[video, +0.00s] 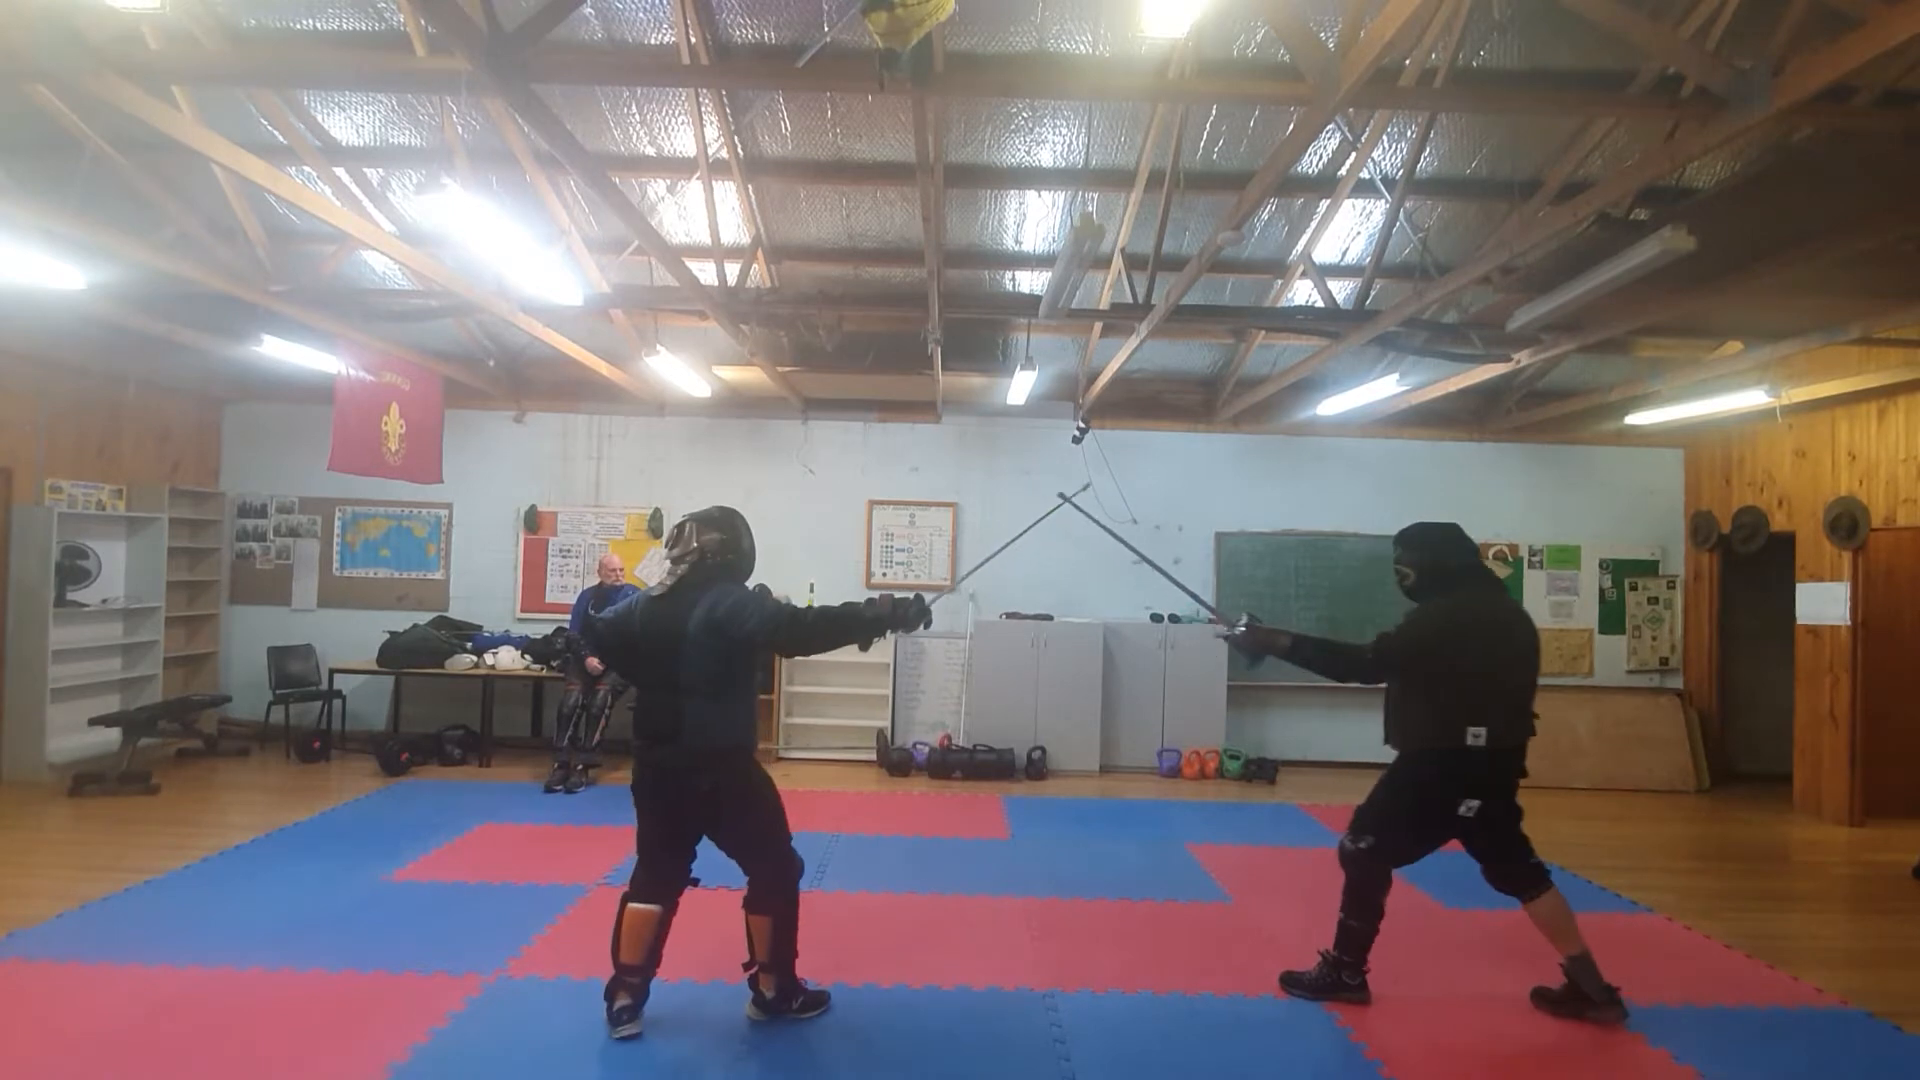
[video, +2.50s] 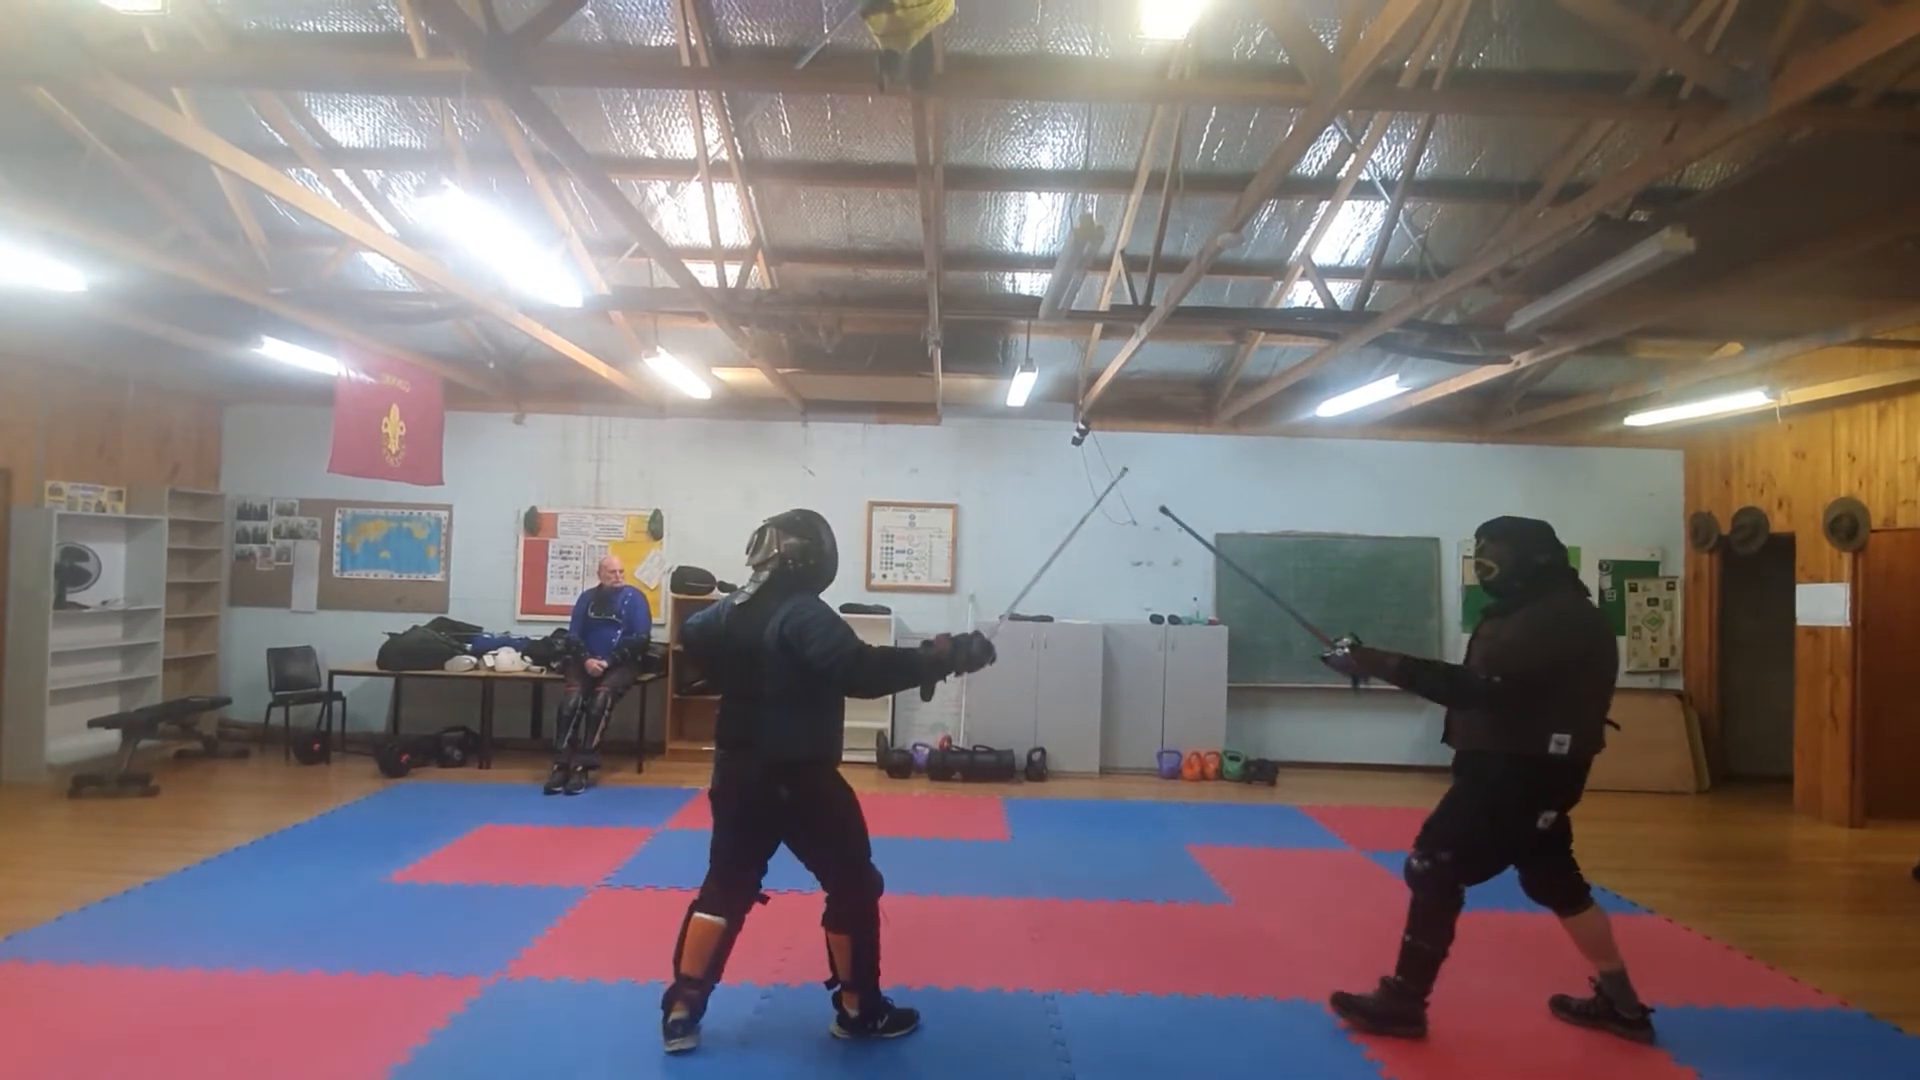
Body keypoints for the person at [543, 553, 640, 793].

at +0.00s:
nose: (618, 574)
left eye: (620, 570)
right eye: (612, 571)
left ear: (624, 570)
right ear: (599, 572)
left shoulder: (633, 595)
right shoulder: (586, 596)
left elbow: (635, 636)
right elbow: (573, 633)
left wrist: (609, 660)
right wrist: (586, 657)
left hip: (617, 662)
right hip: (583, 659)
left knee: (599, 702)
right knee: (571, 700)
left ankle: (582, 767)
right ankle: (560, 764)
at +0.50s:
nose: (619, 575)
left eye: (621, 571)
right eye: (613, 571)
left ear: (624, 571)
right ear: (599, 572)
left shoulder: (634, 596)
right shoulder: (586, 596)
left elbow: (638, 636)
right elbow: (573, 634)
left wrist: (609, 660)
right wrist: (586, 658)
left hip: (620, 661)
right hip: (585, 659)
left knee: (601, 696)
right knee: (572, 696)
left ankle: (582, 767)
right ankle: (561, 765)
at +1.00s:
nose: (619, 575)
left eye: (621, 571)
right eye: (613, 571)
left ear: (624, 571)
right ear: (599, 572)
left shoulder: (635, 597)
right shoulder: (586, 596)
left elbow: (639, 637)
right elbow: (573, 635)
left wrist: (609, 660)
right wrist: (586, 658)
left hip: (619, 662)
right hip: (585, 659)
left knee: (601, 696)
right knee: (572, 696)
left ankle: (581, 767)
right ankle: (561, 765)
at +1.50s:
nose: (618, 576)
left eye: (621, 571)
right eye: (613, 572)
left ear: (624, 572)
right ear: (599, 573)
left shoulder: (634, 597)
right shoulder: (586, 597)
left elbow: (639, 636)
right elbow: (573, 635)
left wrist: (609, 660)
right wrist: (585, 658)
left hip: (619, 662)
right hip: (585, 660)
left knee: (601, 697)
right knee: (572, 697)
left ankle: (582, 768)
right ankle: (561, 765)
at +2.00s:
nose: (618, 576)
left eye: (621, 572)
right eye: (612, 572)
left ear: (624, 572)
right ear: (599, 573)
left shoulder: (634, 597)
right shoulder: (586, 597)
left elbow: (637, 636)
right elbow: (573, 635)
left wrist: (609, 660)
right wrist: (585, 658)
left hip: (619, 662)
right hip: (585, 659)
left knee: (601, 696)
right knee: (572, 697)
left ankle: (581, 768)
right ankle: (560, 765)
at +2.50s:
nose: (618, 577)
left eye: (621, 572)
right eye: (612, 572)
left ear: (624, 573)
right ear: (599, 574)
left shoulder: (634, 598)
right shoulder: (587, 597)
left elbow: (640, 639)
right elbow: (573, 636)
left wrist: (608, 661)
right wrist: (585, 659)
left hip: (619, 663)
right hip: (585, 660)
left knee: (601, 696)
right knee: (572, 697)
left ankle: (581, 768)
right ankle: (560, 766)